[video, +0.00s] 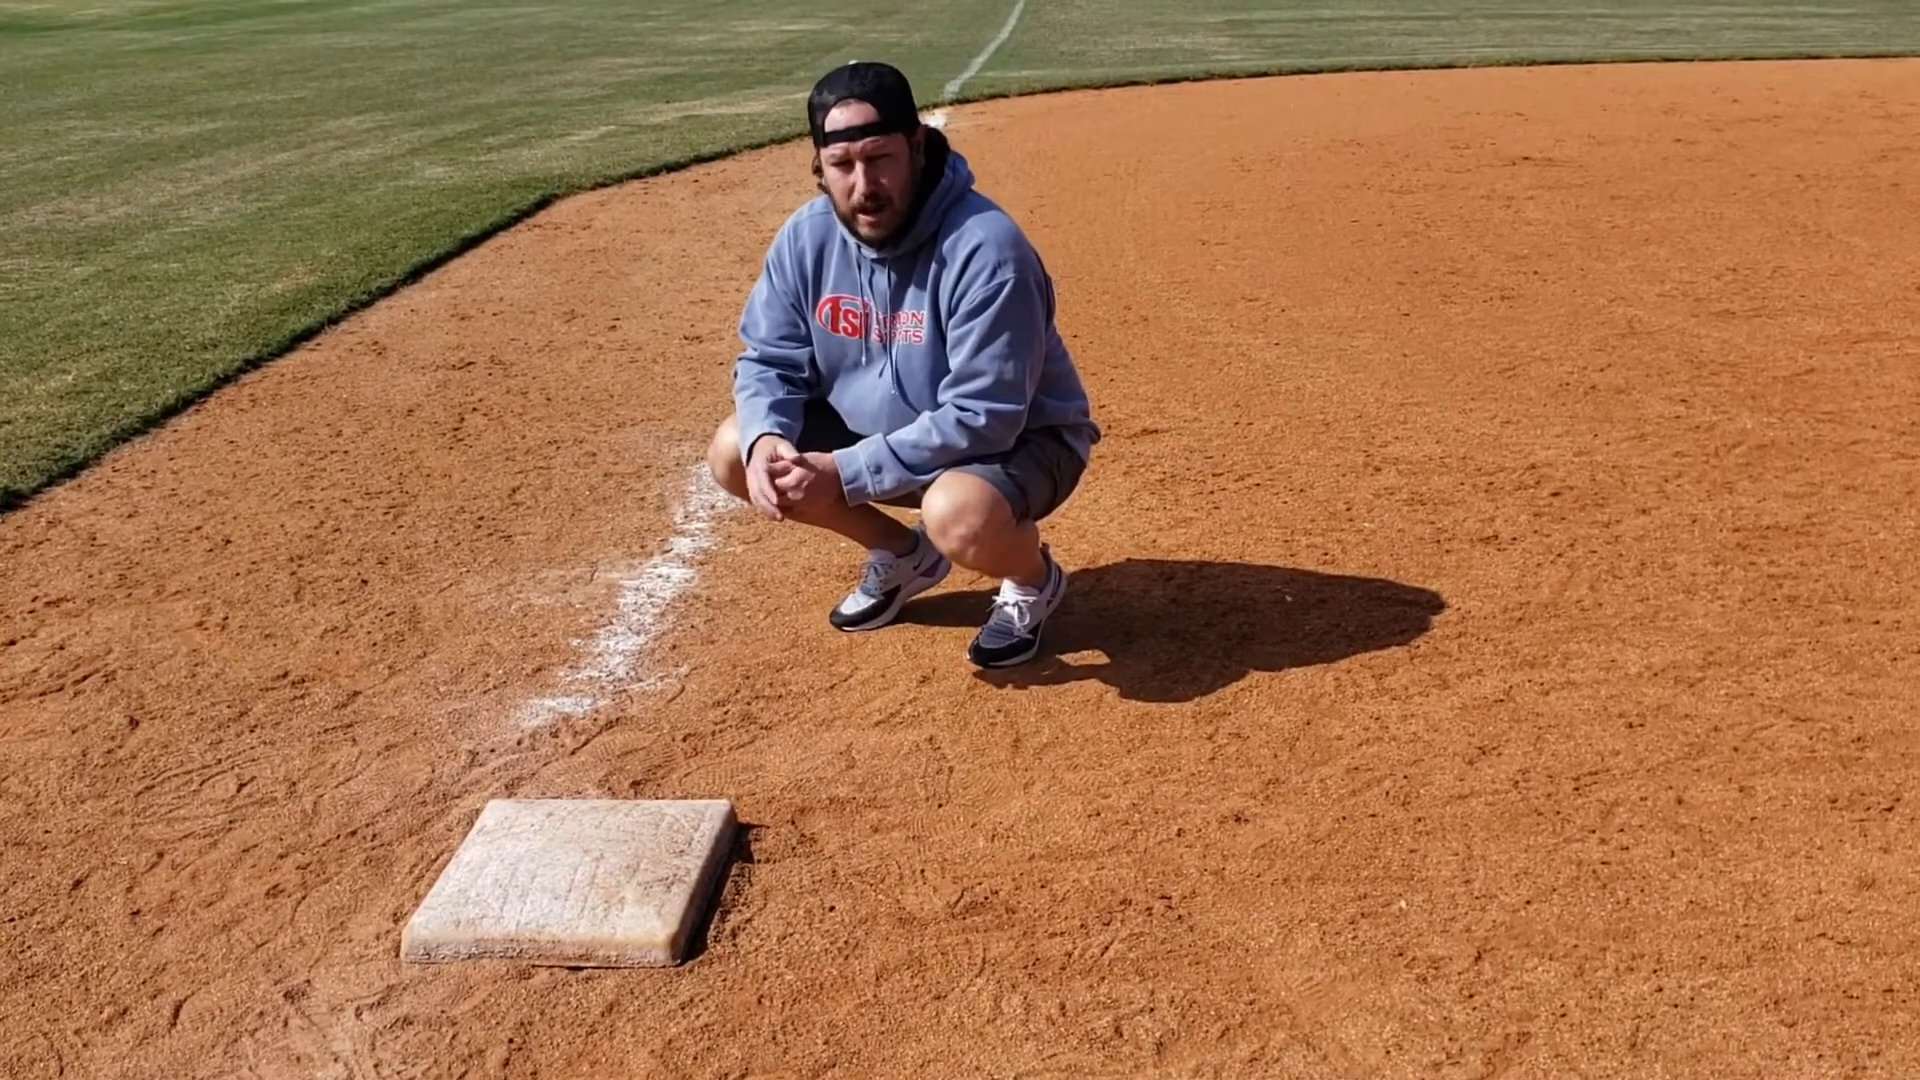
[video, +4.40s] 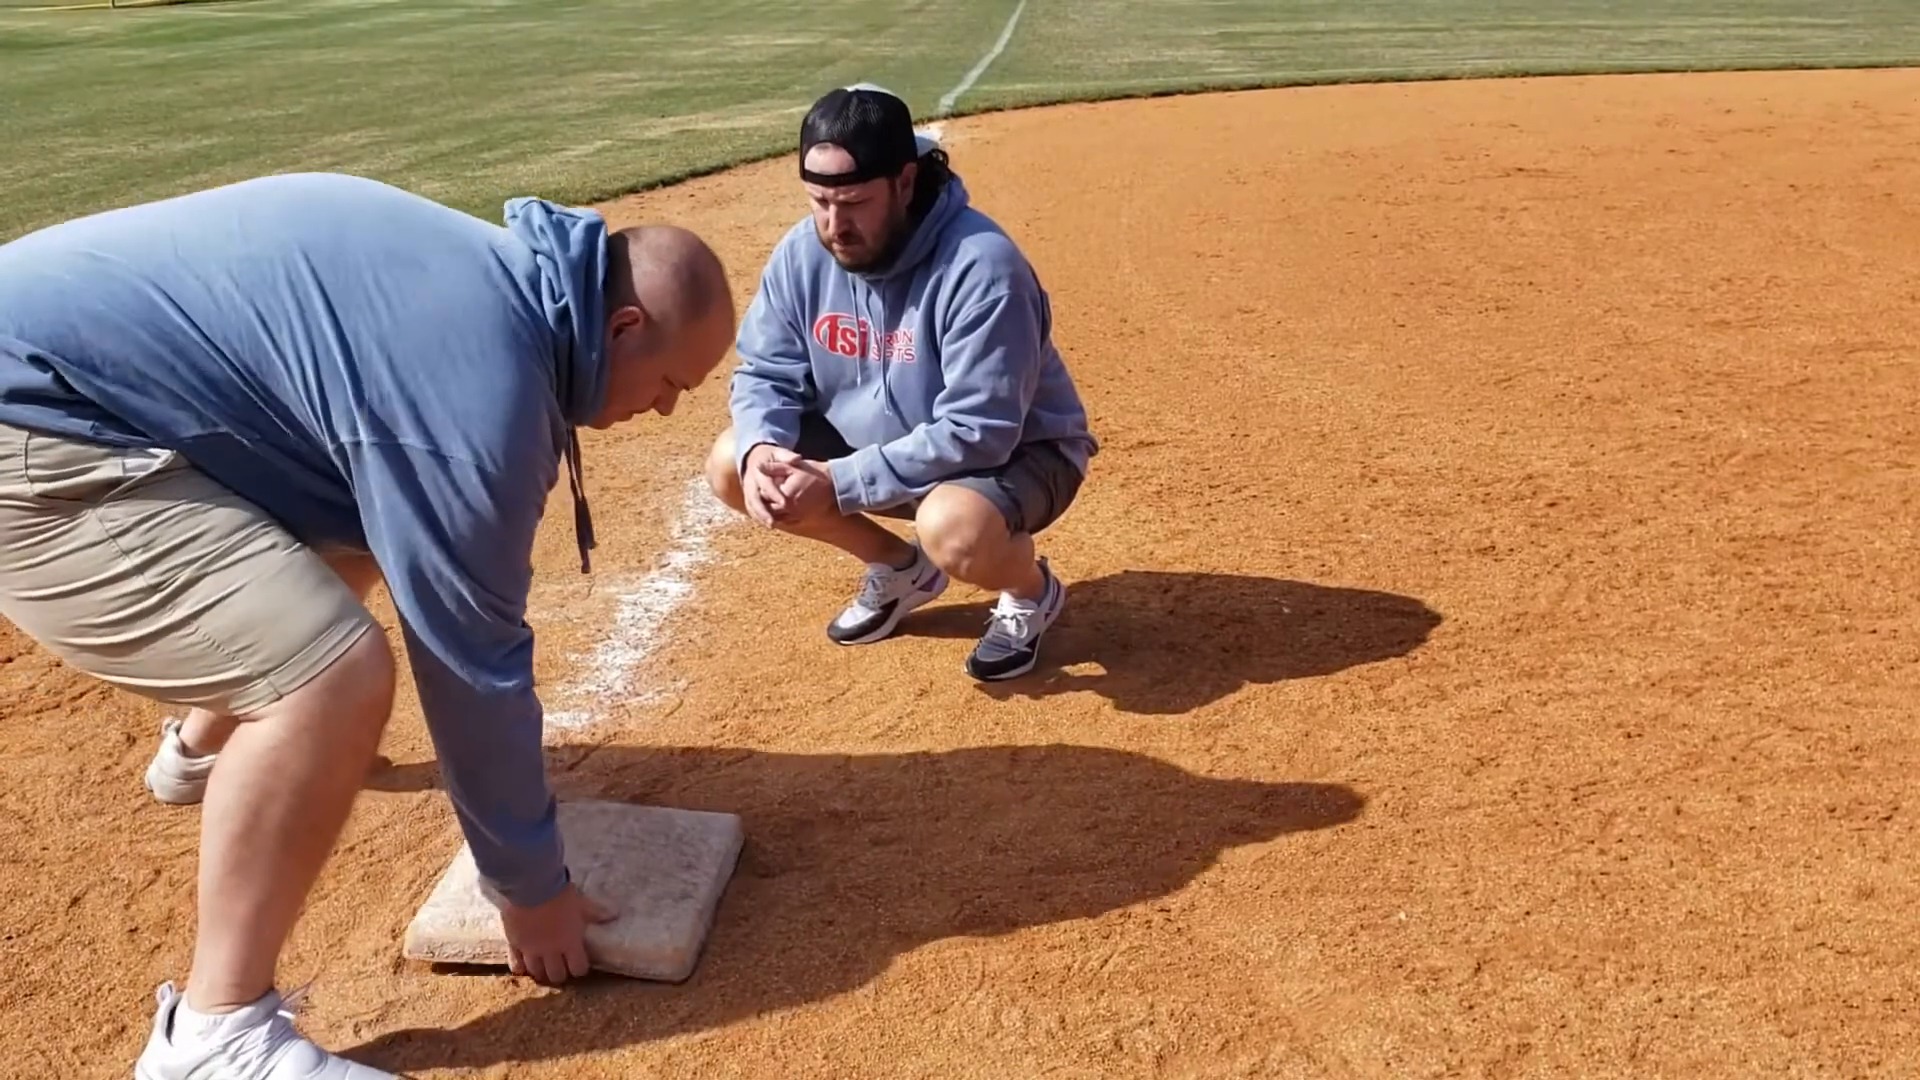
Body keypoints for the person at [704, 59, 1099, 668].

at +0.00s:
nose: (863, 187)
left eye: (879, 159)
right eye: (841, 164)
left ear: (918, 146)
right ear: (820, 168)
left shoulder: (986, 253)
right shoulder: (806, 239)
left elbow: (982, 420)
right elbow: (768, 359)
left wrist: (843, 475)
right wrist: (769, 436)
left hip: (1024, 437)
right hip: (887, 430)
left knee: (957, 514)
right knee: (736, 453)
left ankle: (1035, 580)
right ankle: (902, 553)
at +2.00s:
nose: (841, 205)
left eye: (860, 181)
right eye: (824, 182)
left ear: (908, 164)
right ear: (808, 175)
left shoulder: (981, 261)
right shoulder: (803, 244)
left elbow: (977, 426)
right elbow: (766, 360)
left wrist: (839, 478)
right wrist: (759, 435)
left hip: (1021, 444)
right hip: (885, 435)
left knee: (952, 521)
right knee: (733, 454)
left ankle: (1032, 586)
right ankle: (897, 559)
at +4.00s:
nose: (837, 226)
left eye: (857, 204)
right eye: (822, 204)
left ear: (907, 182)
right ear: (808, 191)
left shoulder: (983, 271)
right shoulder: (801, 255)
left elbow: (978, 434)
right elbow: (765, 370)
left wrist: (839, 483)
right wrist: (761, 446)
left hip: (1020, 453)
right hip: (882, 446)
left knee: (951, 527)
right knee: (734, 465)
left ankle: (1032, 593)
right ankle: (897, 565)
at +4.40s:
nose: (834, 224)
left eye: (854, 202)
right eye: (820, 201)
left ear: (905, 182)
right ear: (805, 189)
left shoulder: (982, 270)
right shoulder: (801, 255)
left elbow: (978, 433)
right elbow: (765, 371)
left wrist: (840, 483)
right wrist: (761, 446)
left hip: (1021, 452)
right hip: (883, 445)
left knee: (952, 528)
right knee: (735, 466)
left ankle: (1032, 593)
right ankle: (898, 565)